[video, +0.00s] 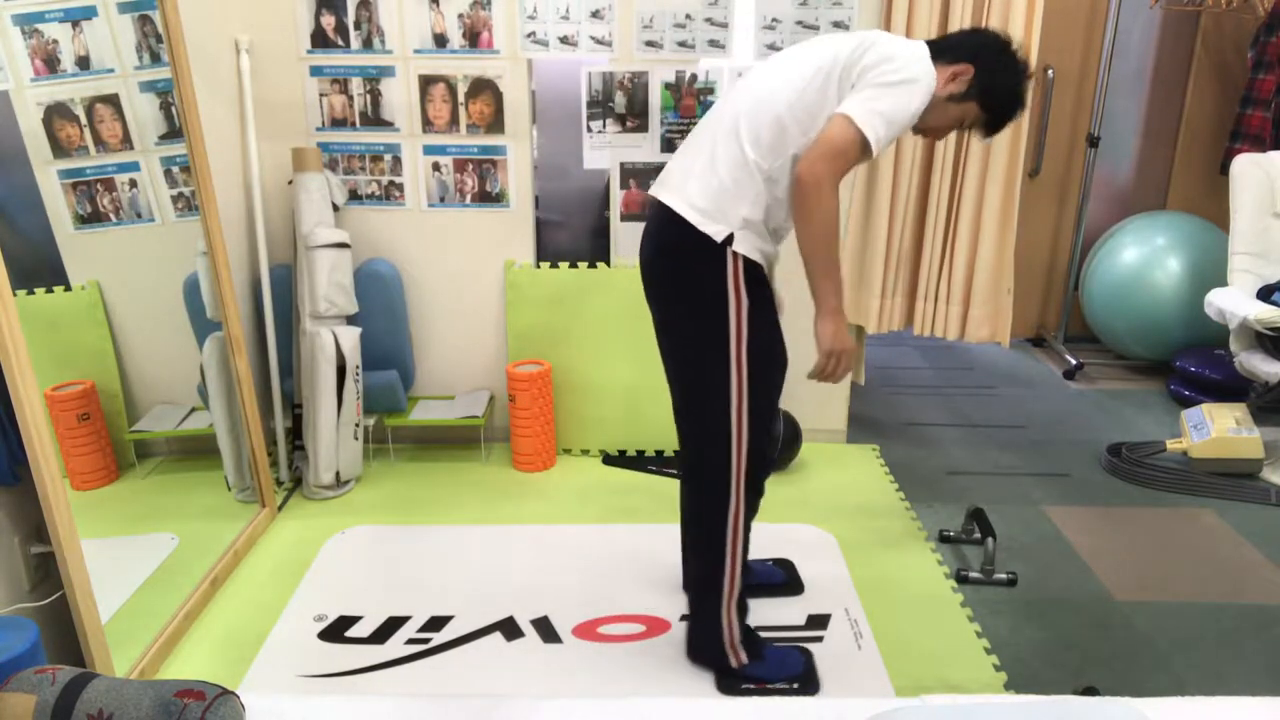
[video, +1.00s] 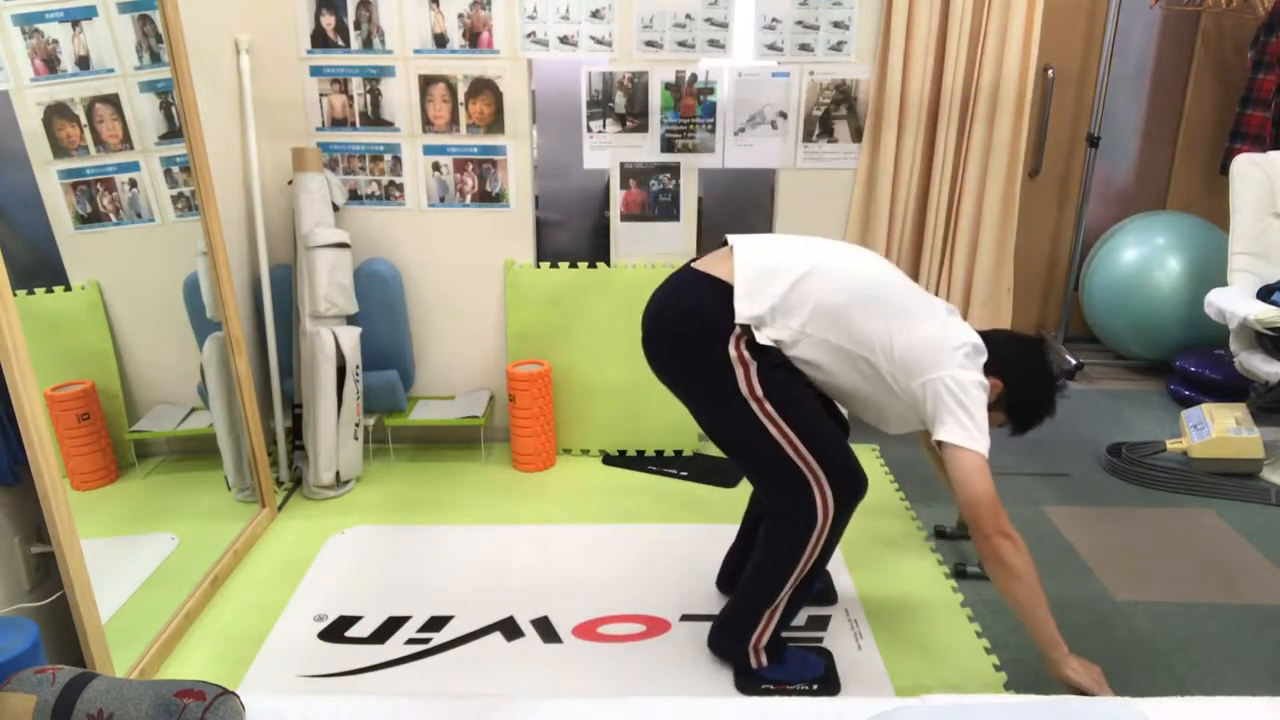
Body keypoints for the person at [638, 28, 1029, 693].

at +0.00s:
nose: (944, 135)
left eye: (960, 131)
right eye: (961, 124)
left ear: (952, 72)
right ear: (957, 78)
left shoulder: (878, 60)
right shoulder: (908, 70)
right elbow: (816, 171)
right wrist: (830, 312)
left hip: (714, 234)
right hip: (707, 237)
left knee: (747, 425)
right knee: (728, 441)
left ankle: (716, 569)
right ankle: (721, 644)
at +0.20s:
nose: (975, 132)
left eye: (992, 126)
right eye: (991, 119)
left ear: (981, 67)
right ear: (985, 75)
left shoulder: (892, 56)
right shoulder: (932, 79)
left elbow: (777, 159)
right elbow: (851, 196)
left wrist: (808, 282)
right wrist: (863, 354)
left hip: (708, 232)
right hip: (722, 247)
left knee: (750, 417)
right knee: (757, 450)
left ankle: (716, 559)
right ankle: (743, 646)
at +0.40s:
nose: (1011, 194)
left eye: (1025, 186)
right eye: (1024, 179)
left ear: (1003, 131)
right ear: (1013, 141)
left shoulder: (935, 118)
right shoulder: (960, 154)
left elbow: (843, 243)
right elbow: (924, 329)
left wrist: (862, 348)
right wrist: (944, 465)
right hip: (713, 259)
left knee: (775, 452)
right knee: (759, 468)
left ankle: (744, 574)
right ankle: (742, 651)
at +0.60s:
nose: (998, 344)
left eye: (1007, 340)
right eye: (1008, 335)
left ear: (1000, 281)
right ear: (1005, 300)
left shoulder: (941, 259)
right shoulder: (959, 289)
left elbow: (916, 372)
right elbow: (977, 461)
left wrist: (938, 454)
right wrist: (1032, 588)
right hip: (699, 287)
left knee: (796, 459)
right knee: (788, 475)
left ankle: (752, 578)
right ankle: (745, 650)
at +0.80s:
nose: (980, 419)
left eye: (990, 417)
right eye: (992, 410)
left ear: (981, 356)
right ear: (986, 379)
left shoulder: (937, 327)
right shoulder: (945, 358)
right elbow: (989, 523)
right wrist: (1057, 651)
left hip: (702, 300)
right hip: (697, 316)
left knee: (823, 466)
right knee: (817, 488)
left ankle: (751, 575)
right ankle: (748, 649)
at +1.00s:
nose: (985, 430)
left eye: (994, 428)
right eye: (995, 420)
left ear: (985, 367)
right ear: (990, 388)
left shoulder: (941, 337)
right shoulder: (952, 367)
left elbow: (940, 447)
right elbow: (994, 538)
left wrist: (979, 513)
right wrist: (1059, 655)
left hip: (707, 305)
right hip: (706, 320)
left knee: (831, 464)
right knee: (824, 491)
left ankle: (752, 571)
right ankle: (746, 646)